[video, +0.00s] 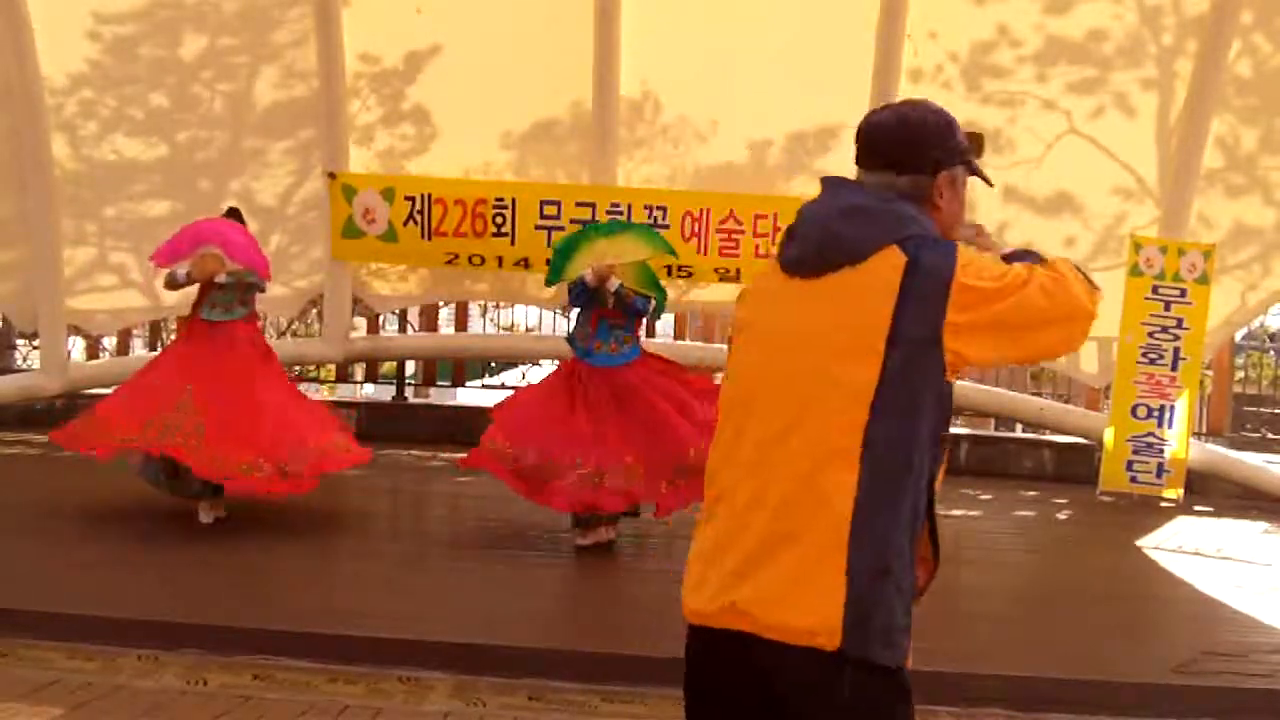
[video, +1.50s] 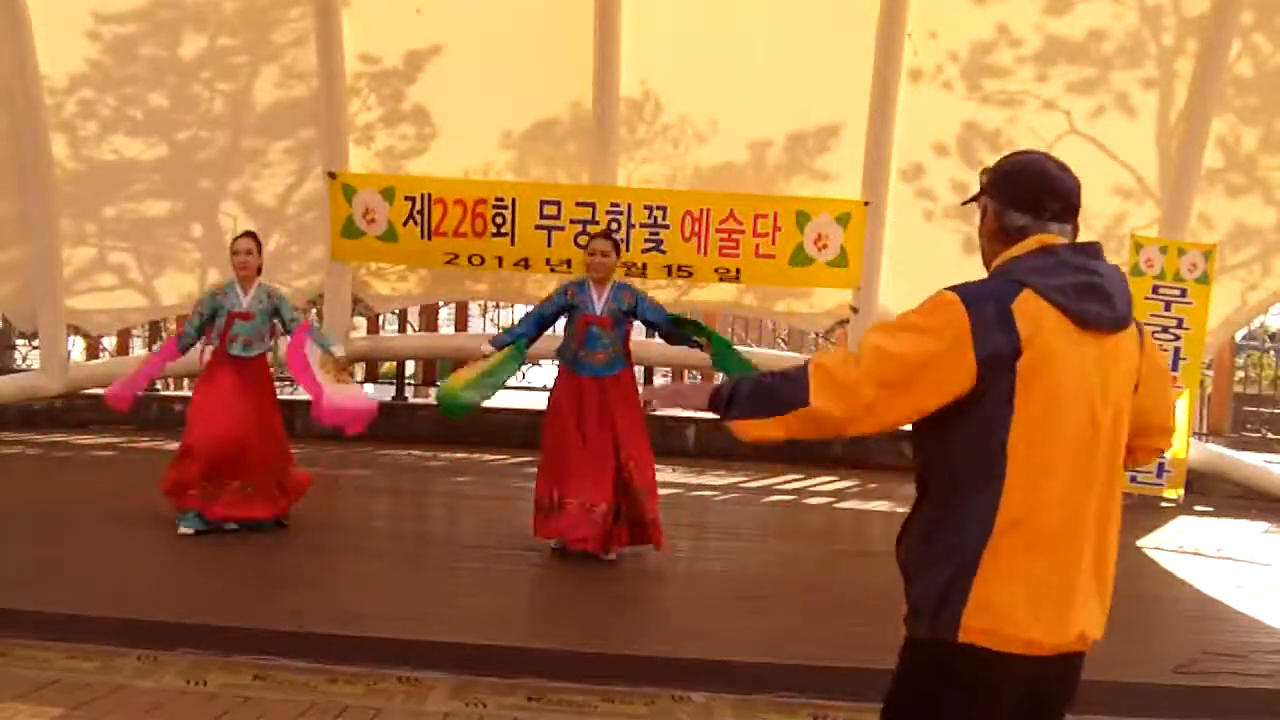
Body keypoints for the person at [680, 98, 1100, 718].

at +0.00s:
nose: (967, 206)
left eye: (968, 187)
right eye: (967, 187)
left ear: (866, 177)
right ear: (942, 189)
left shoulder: (771, 274)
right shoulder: (929, 272)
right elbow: (1068, 303)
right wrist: (993, 254)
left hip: (718, 620)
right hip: (833, 633)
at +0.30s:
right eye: (1003, 195)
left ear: (905, 188)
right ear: (999, 199)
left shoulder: (826, 282)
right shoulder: (1025, 289)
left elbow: (717, 410)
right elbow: (1078, 296)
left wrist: (731, 464)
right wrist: (1080, 266)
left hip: (814, 611)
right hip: (937, 622)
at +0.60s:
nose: (876, 234)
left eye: (879, 221)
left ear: (885, 222)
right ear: (971, 225)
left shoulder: (842, 310)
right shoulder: (1012, 307)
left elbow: (755, 452)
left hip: (870, 629)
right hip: (985, 630)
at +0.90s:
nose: (910, 256)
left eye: (910, 242)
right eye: (910, 242)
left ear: (919, 241)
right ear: (990, 246)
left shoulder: (926, 330)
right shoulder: (1036, 321)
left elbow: (840, 476)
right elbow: (961, 300)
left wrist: (855, 378)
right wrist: (889, 290)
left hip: (953, 653)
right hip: (1041, 646)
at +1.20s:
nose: (950, 265)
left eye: (951, 249)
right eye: (952, 248)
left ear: (963, 251)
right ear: (1031, 256)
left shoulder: (972, 331)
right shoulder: (1065, 339)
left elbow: (870, 436)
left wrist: (788, 521)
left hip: (983, 654)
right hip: (1063, 653)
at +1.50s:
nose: (976, 227)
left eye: (979, 212)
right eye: (979, 212)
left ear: (992, 219)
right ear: (1064, 225)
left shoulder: (984, 310)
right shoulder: (1126, 329)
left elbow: (854, 386)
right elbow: (1150, 436)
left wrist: (735, 397)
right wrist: (1074, 431)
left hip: (972, 628)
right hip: (1065, 632)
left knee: (919, 711)